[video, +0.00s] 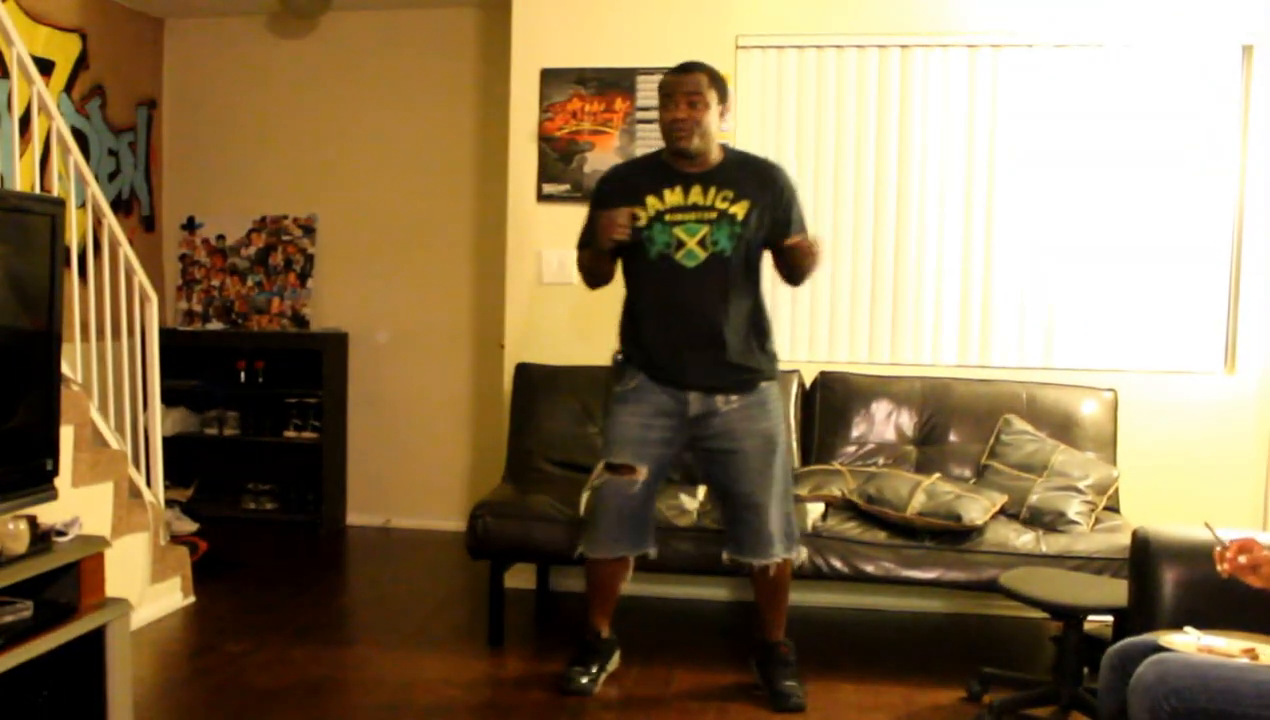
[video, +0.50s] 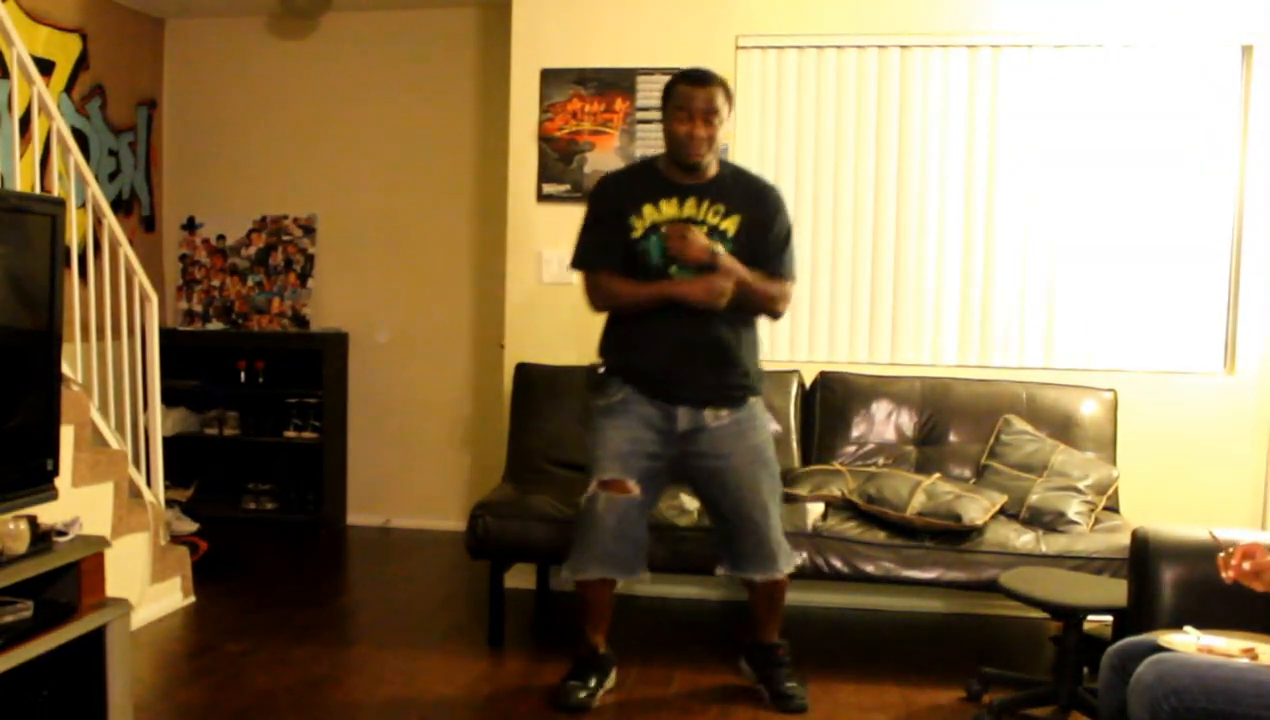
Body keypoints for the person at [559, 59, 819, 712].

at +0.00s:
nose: (680, 112)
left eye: (694, 102)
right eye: (670, 102)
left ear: (723, 111)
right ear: (659, 113)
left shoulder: (763, 181)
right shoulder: (625, 183)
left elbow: (792, 271)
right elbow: (593, 278)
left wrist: (801, 254)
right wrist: (602, 241)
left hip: (741, 382)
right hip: (648, 380)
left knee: (768, 524)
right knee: (614, 502)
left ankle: (776, 650)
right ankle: (597, 641)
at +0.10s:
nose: (694, 121)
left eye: (707, 111)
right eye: (684, 112)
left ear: (732, 120)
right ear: (670, 123)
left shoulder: (778, 192)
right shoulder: (635, 201)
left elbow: (809, 284)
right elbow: (616, 292)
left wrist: (833, 254)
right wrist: (595, 254)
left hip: (756, 396)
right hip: (662, 393)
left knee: (781, 539)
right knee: (624, 517)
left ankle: (781, 655)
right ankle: (605, 642)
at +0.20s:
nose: (707, 131)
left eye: (719, 119)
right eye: (694, 120)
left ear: (742, 125)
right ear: (680, 129)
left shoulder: (787, 201)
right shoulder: (647, 204)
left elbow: (808, 307)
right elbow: (644, 309)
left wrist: (823, 263)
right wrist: (624, 280)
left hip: (764, 401)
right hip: (668, 396)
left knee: (795, 542)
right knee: (628, 509)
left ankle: (781, 652)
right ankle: (603, 638)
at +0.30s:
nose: (708, 116)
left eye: (721, 105)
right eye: (697, 106)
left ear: (744, 115)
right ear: (681, 117)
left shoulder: (786, 190)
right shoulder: (645, 190)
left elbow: (799, 291)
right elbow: (630, 288)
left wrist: (764, 240)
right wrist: (669, 274)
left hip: (759, 395)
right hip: (663, 387)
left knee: (788, 532)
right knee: (628, 495)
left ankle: (782, 653)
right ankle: (597, 643)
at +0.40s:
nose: (706, 111)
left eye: (718, 100)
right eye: (694, 100)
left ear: (738, 108)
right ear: (676, 108)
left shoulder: (775, 183)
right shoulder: (635, 178)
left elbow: (790, 284)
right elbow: (620, 279)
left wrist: (712, 238)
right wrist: (700, 267)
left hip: (744, 388)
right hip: (648, 380)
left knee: (774, 529)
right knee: (623, 491)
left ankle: (778, 651)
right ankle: (595, 652)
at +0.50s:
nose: (696, 127)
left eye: (709, 116)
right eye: (683, 115)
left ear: (726, 123)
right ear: (663, 120)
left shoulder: (759, 200)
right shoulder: (618, 193)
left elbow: (776, 300)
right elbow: (600, 293)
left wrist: (715, 258)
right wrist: (681, 288)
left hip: (729, 402)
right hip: (632, 396)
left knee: (766, 540)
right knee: (604, 518)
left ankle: (769, 650)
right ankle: (592, 657)